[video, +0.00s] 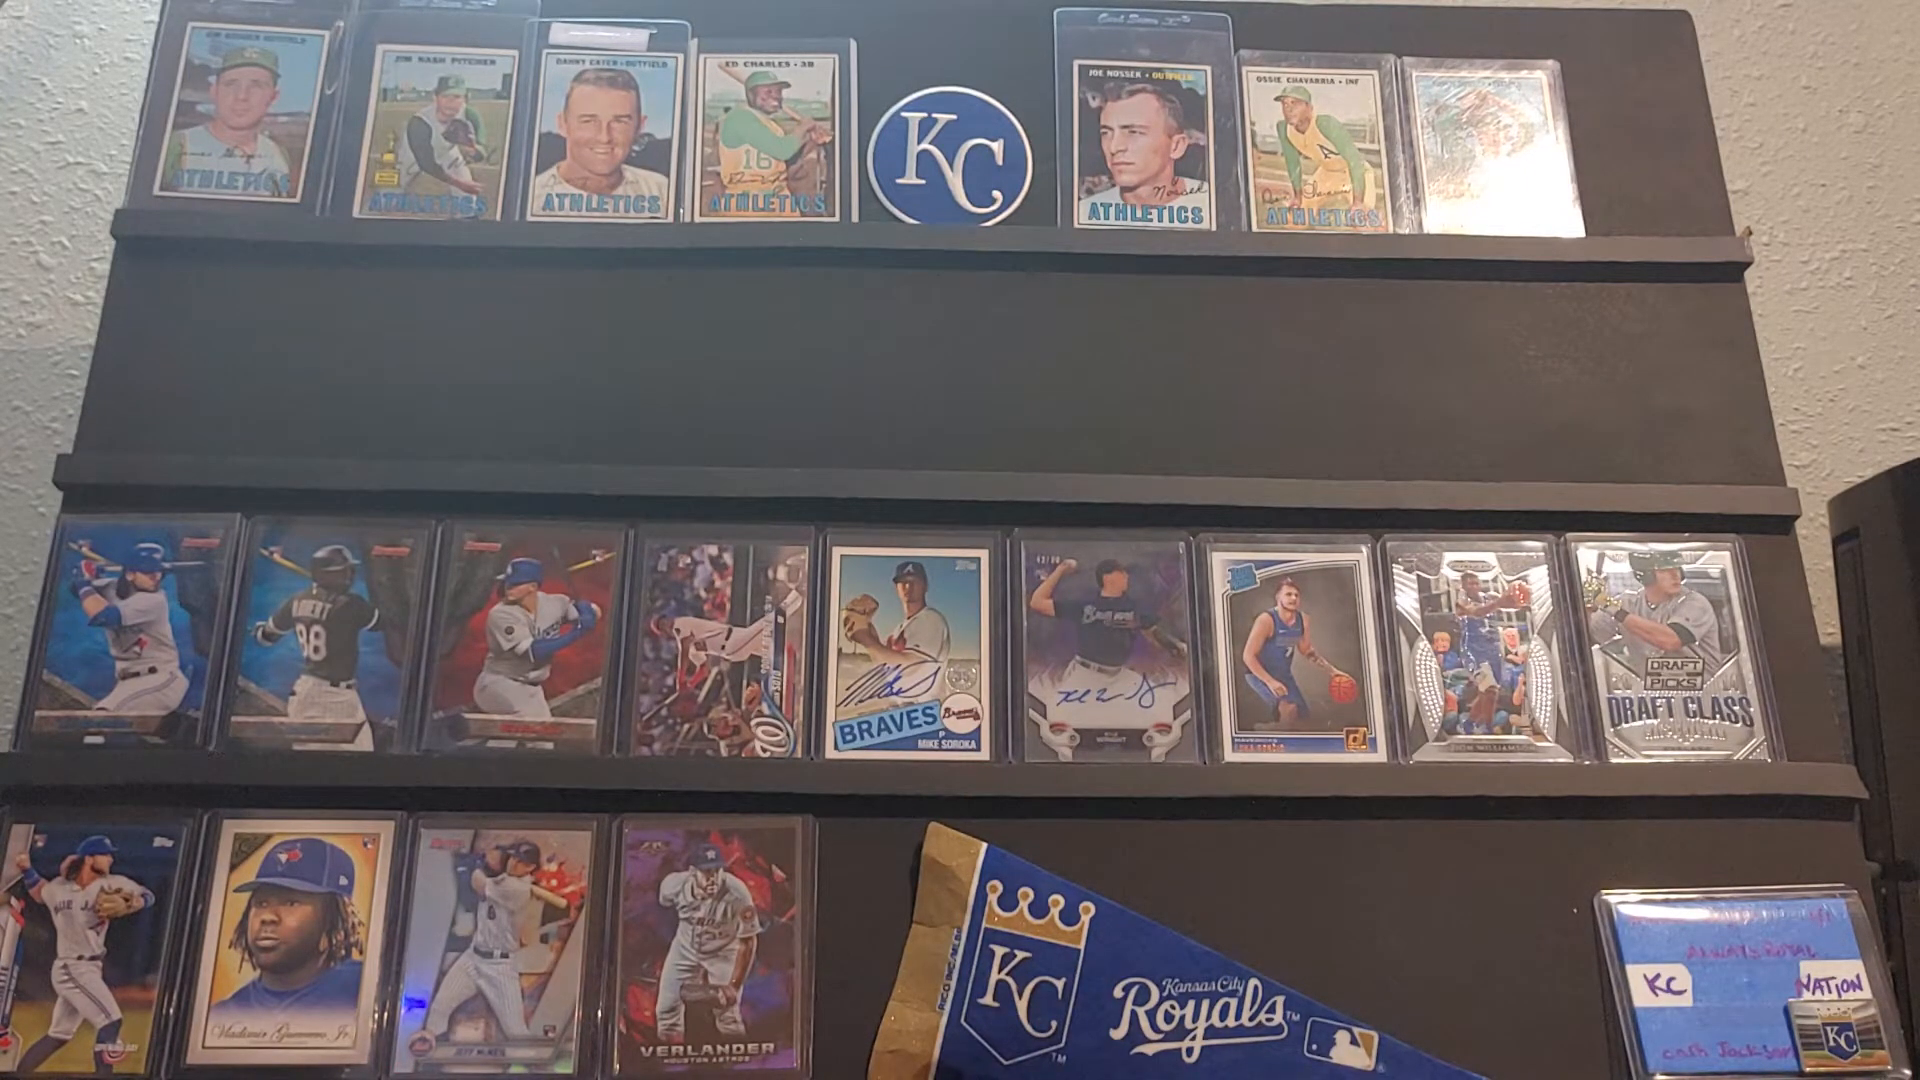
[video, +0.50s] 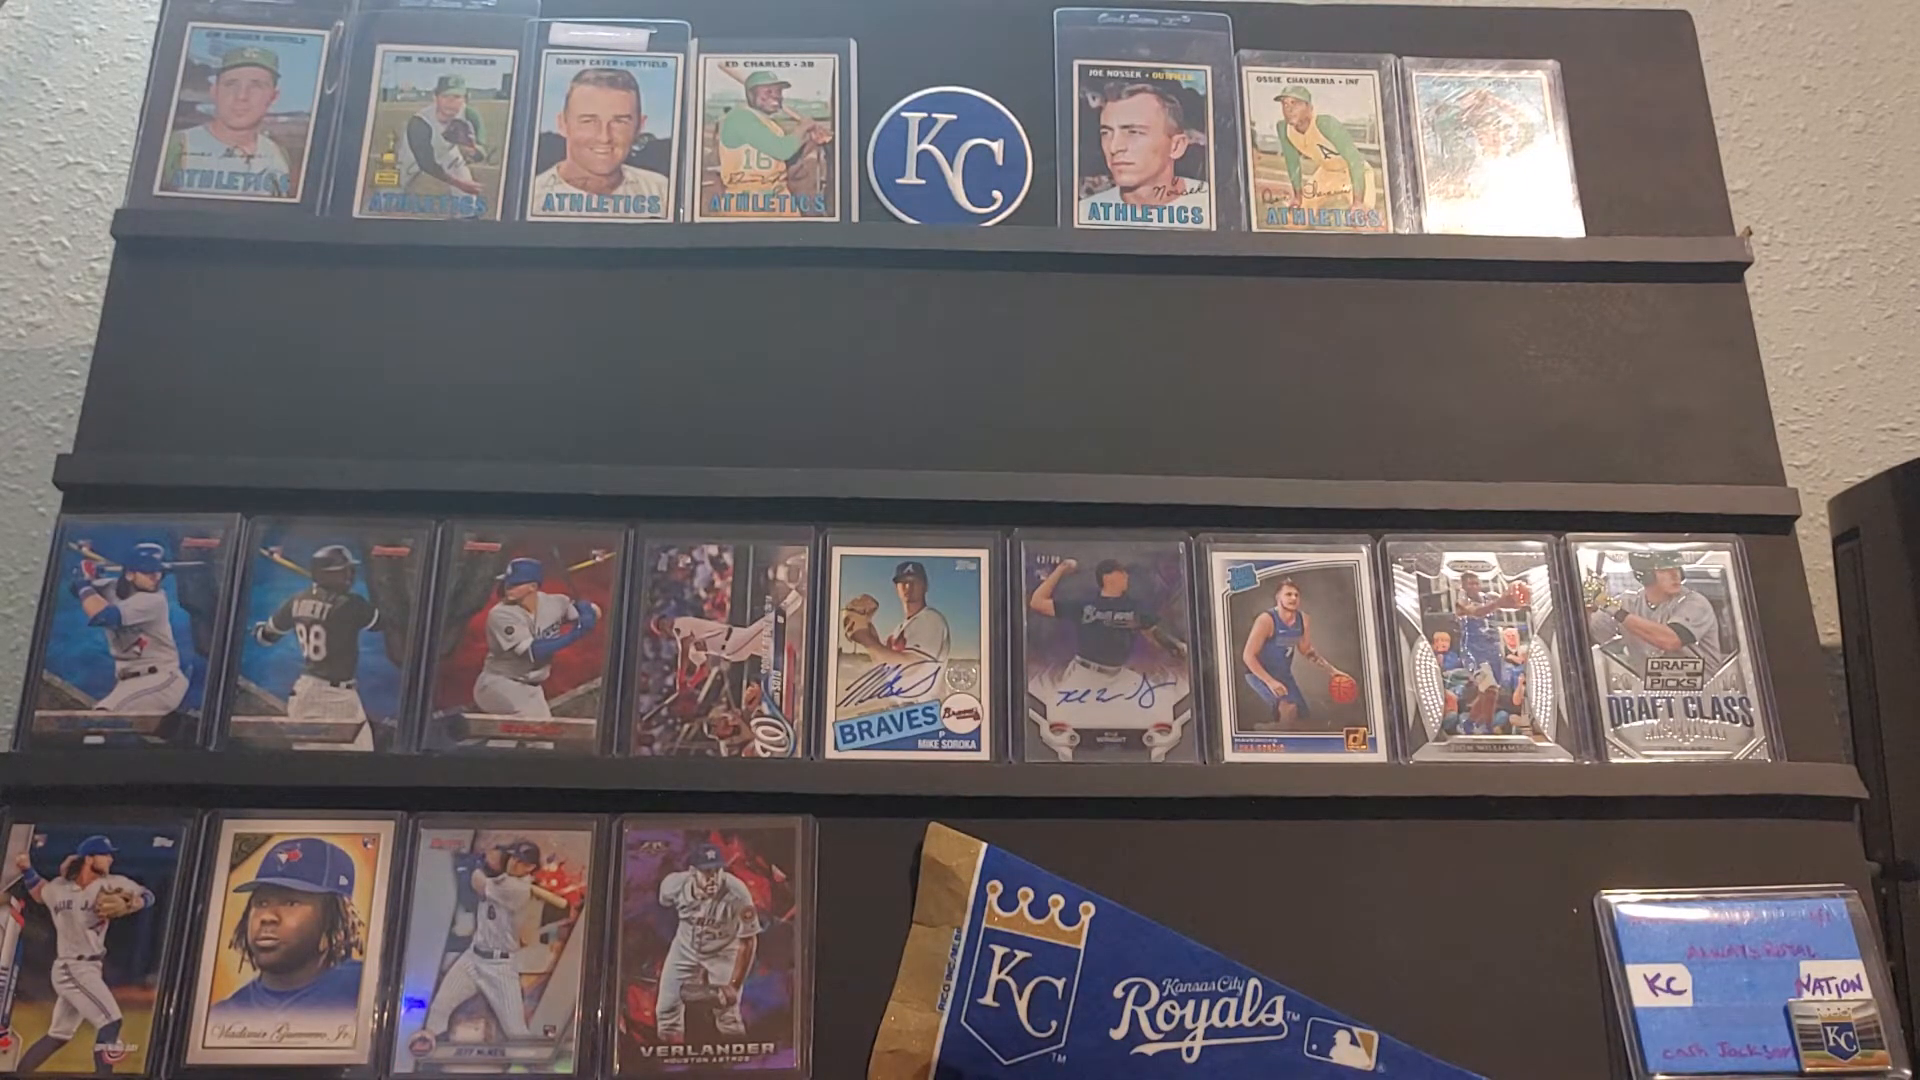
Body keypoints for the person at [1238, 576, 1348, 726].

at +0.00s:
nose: (1293, 599)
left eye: (1296, 595)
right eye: (1288, 595)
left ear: (1299, 599)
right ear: (1278, 598)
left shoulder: (1302, 619)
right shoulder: (1265, 620)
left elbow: (1307, 650)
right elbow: (1248, 656)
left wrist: (1332, 671)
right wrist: (1270, 682)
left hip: (1284, 674)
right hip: (1259, 673)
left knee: (1303, 715)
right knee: (1288, 707)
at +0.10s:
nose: (1293, 599)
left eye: (1296, 595)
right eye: (1288, 595)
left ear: (1299, 599)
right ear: (1278, 598)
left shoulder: (1302, 619)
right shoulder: (1266, 620)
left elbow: (1307, 650)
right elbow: (1248, 656)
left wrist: (1332, 671)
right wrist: (1270, 682)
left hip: (1284, 674)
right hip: (1260, 673)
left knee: (1302, 714)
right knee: (1288, 707)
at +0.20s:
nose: (1293, 599)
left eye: (1296, 595)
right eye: (1288, 595)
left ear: (1299, 599)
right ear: (1278, 598)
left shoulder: (1302, 619)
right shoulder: (1266, 620)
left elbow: (1307, 650)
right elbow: (1248, 656)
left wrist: (1332, 671)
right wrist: (1270, 682)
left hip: (1284, 674)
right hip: (1260, 673)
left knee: (1302, 714)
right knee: (1288, 707)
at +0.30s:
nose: (1293, 599)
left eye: (1296, 595)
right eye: (1288, 595)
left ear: (1299, 599)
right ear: (1278, 598)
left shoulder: (1302, 619)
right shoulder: (1265, 620)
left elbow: (1307, 650)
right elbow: (1248, 656)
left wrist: (1332, 671)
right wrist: (1270, 681)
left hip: (1284, 674)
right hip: (1260, 673)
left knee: (1303, 714)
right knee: (1288, 707)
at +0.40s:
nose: (1293, 599)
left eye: (1296, 595)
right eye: (1288, 595)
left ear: (1299, 599)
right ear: (1278, 598)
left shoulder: (1302, 619)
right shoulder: (1266, 620)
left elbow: (1307, 650)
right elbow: (1248, 656)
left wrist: (1333, 671)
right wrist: (1270, 682)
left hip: (1284, 674)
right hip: (1260, 673)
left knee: (1302, 714)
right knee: (1288, 706)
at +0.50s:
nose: (1293, 599)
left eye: (1296, 595)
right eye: (1288, 595)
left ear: (1299, 599)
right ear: (1278, 598)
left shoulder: (1302, 619)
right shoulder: (1266, 620)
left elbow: (1307, 650)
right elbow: (1248, 656)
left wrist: (1333, 671)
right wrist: (1270, 682)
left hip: (1284, 674)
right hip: (1260, 673)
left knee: (1302, 714)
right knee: (1288, 706)